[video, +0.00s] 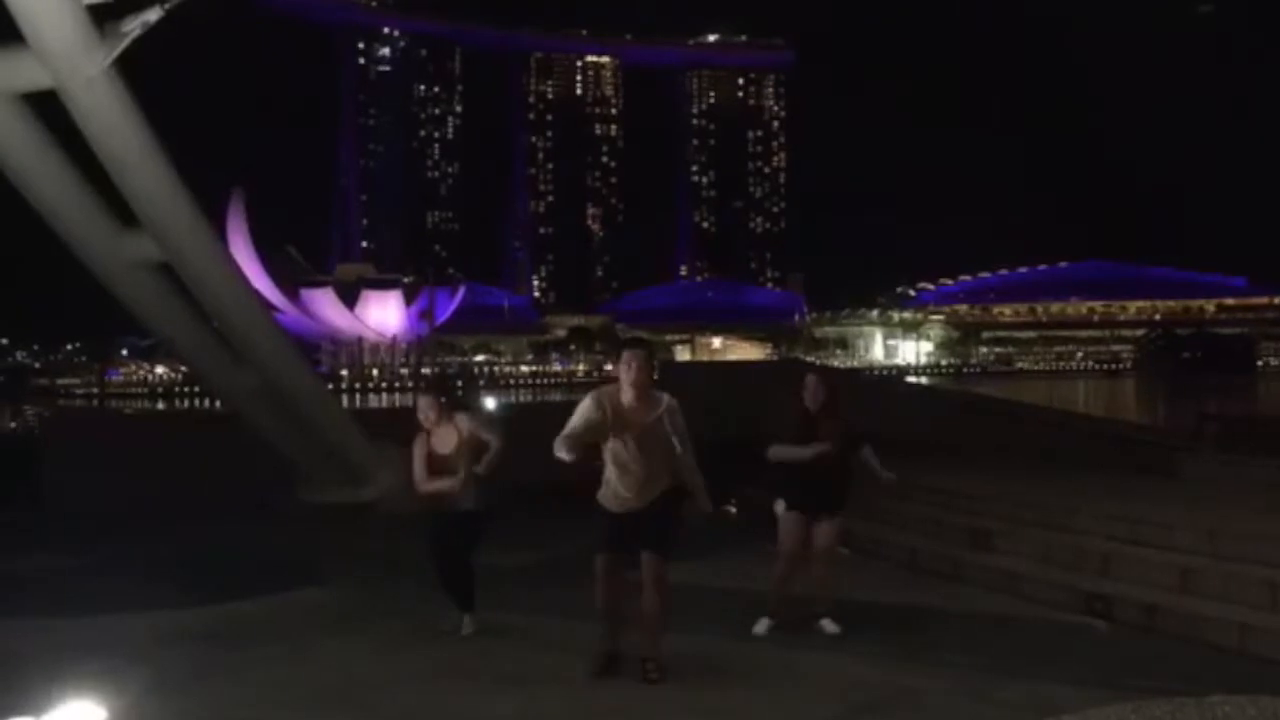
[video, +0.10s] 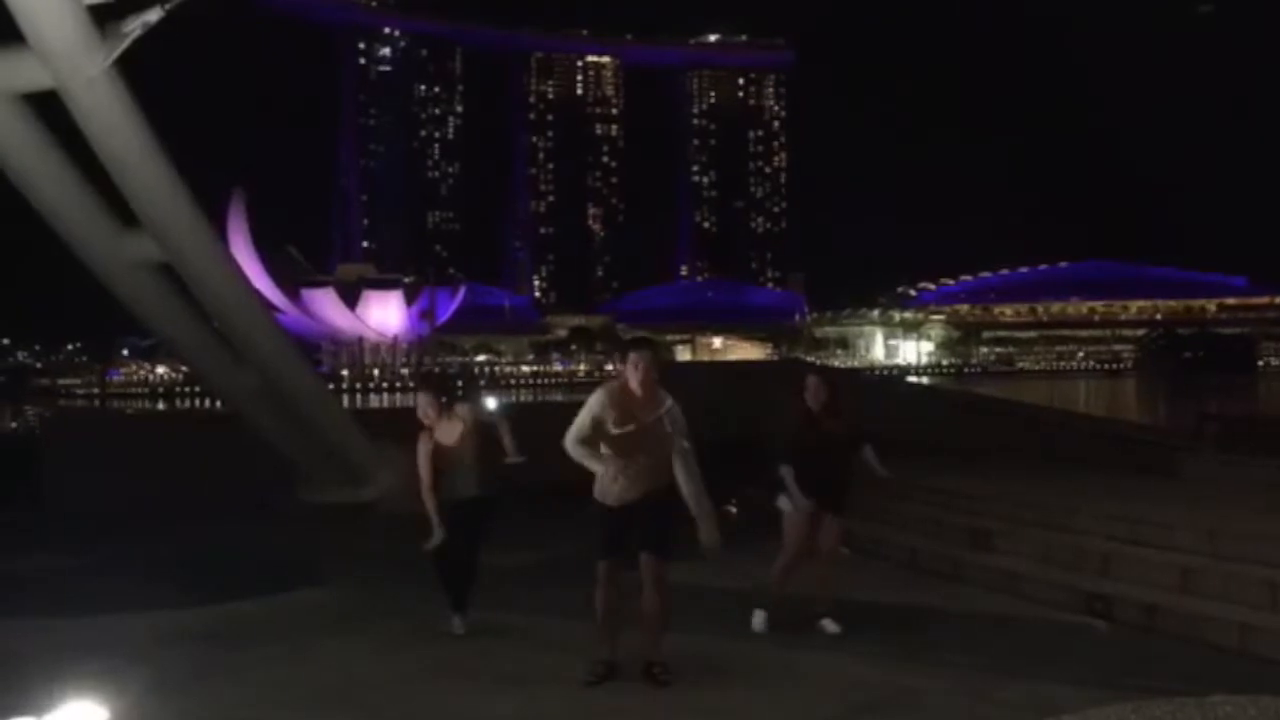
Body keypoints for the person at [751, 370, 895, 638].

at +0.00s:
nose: (810, 394)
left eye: (816, 388)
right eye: (807, 388)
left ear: (827, 392)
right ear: (801, 391)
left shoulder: (838, 423)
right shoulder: (792, 419)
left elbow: (863, 449)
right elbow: (773, 451)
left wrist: (880, 473)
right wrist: (809, 452)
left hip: (829, 498)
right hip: (793, 497)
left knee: (824, 559)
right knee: (787, 555)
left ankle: (823, 614)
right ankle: (772, 614)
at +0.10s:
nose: (812, 395)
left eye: (817, 389)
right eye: (808, 389)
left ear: (828, 392)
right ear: (803, 392)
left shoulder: (841, 421)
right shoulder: (797, 423)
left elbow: (863, 447)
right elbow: (784, 465)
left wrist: (879, 471)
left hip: (833, 495)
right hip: (801, 495)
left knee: (829, 556)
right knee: (792, 551)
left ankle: (823, 612)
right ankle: (764, 607)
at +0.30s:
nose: (816, 403)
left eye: (821, 397)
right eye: (811, 397)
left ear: (830, 399)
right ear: (806, 399)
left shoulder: (838, 429)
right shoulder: (793, 427)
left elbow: (856, 450)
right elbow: (762, 459)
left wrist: (869, 451)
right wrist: (740, 492)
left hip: (828, 494)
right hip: (795, 489)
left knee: (830, 552)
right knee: (815, 529)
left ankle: (824, 612)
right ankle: (766, 559)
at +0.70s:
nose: (809, 401)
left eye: (815, 396)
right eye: (806, 395)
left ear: (826, 399)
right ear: (801, 398)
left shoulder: (836, 430)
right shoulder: (789, 427)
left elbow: (845, 472)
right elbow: (769, 465)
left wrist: (819, 496)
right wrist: (759, 501)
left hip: (825, 497)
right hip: (791, 497)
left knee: (829, 551)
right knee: (796, 541)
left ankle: (826, 610)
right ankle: (803, 601)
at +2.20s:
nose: (777, 398)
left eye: (781, 392)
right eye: (773, 392)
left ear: (790, 394)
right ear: (766, 395)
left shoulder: (802, 422)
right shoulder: (757, 422)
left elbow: (822, 447)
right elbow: (720, 442)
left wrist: (818, 460)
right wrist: (748, 455)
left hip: (801, 496)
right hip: (766, 497)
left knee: (810, 556)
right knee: (759, 561)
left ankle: (804, 614)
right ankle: (736, 623)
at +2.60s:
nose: (785, 397)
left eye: (790, 392)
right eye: (781, 392)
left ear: (800, 394)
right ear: (776, 394)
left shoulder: (805, 420)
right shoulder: (768, 420)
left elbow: (813, 453)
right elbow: (771, 451)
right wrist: (811, 451)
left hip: (801, 499)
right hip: (771, 499)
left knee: (810, 560)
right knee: (764, 566)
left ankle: (801, 617)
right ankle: (733, 629)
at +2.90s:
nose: (808, 397)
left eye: (810, 391)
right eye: (803, 391)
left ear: (815, 393)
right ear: (793, 394)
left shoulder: (813, 421)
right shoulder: (792, 422)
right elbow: (799, 457)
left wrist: (822, 461)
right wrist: (833, 466)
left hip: (809, 497)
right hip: (793, 499)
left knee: (813, 558)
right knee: (808, 559)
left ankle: (799, 618)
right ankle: (791, 631)